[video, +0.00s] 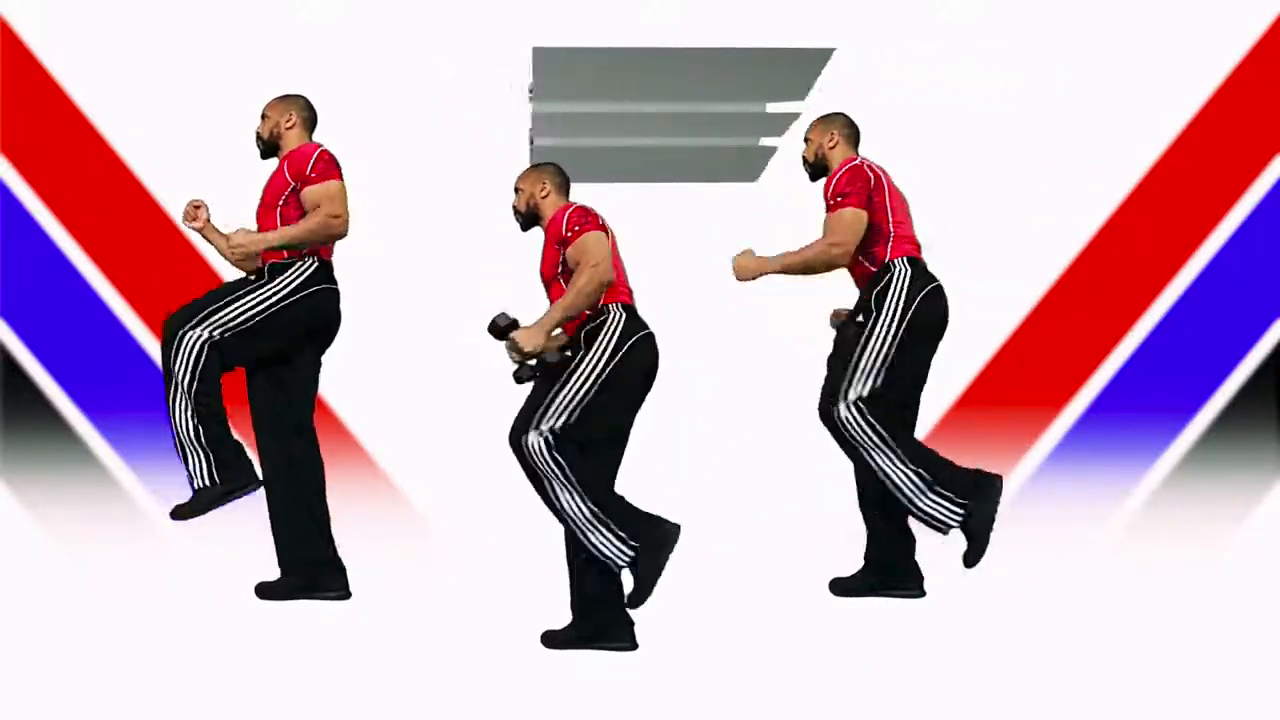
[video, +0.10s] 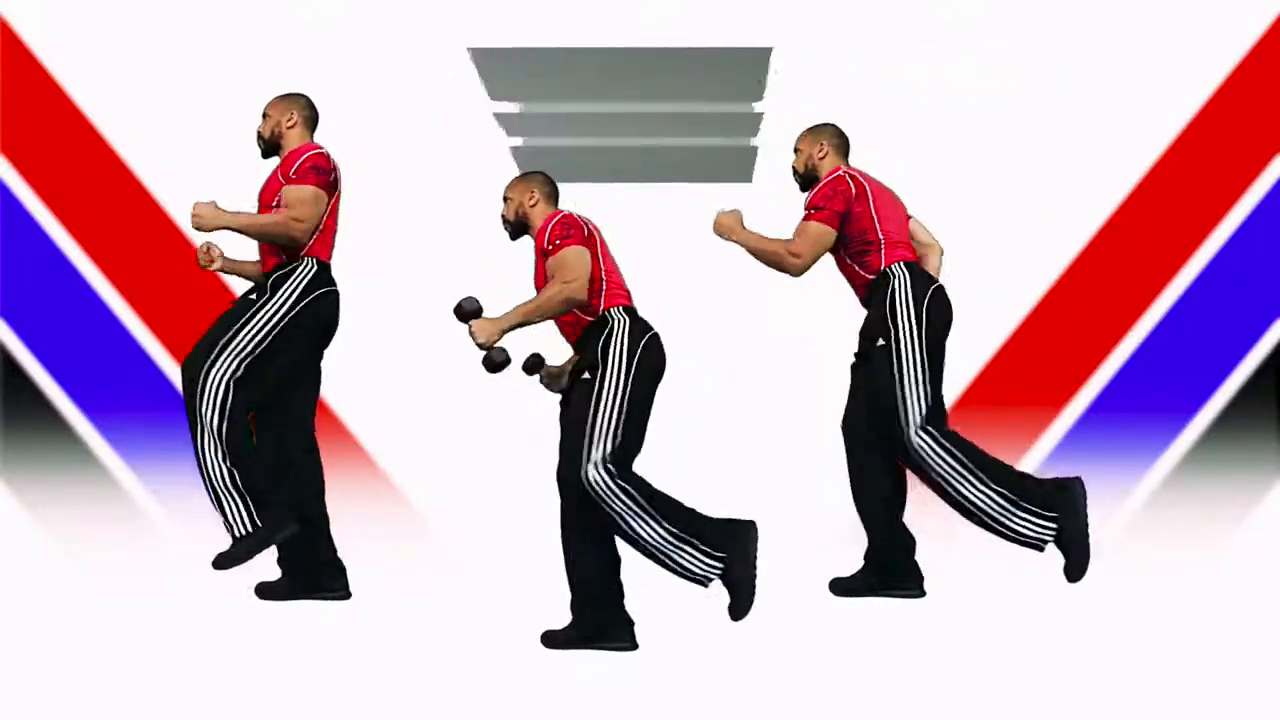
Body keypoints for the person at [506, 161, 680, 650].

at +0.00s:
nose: (513, 201)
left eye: (518, 190)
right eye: (514, 194)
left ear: (543, 187)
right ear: (548, 190)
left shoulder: (574, 216)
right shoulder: (557, 245)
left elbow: (598, 271)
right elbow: (576, 328)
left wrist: (544, 327)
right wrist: (541, 348)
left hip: (613, 333)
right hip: (606, 345)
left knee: (536, 436)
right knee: (586, 484)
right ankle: (600, 619)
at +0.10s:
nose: (503, 210)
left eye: (508, 200)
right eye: (503, 203)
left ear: (532, 197)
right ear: (536, 199)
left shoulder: (563, 225)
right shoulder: (547, 250)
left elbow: (572, 284)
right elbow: (593, 327)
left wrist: (503, 322)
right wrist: (569, 366)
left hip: (620, 341)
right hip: (597, 358)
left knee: (597, 471)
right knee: (575, 483)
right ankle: (600, 619)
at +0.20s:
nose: (493, 221)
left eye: (497, 210)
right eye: (493, 213)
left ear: (521, 205)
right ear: (527, 210)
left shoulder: (548, 232)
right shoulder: (551, 248)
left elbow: (546, 299)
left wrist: (474, 316)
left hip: (623, 345)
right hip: (601, 364)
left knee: (650, 481)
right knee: (579, 489)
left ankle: (792, 558)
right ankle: (600, 621)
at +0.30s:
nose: (488, 228)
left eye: (494, 218)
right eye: (487, 221)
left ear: (519, 215)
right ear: (519, 223)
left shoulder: (543, 243)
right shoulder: (539, 257)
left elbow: (525, 312)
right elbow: (522, 316)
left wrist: (456, 311)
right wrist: (463, 309)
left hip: (632, 350)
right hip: (607, 370)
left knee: (686, 477)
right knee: (581, 489)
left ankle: (827, 577)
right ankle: (601, 621)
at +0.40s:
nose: (484, 239)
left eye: (491, 228)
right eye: (484, 231)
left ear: (516, 225)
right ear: (523, 232)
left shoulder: (538, 252)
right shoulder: (562, 258)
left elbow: (514, 323)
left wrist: (451, 309)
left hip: (639, 357)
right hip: (616, 373)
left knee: (703, 479)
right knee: (582, 487)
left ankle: (841, 588)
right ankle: (602, 622)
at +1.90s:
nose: (498, 223)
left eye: (502, 212)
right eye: (498, 215)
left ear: (527, 210)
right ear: (531, 212)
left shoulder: (557, 238)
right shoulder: (542, 260)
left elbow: (569, 299)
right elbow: (602, 328)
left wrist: (505, 345)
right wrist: (584, 376)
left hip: (630, 353)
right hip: (604, 371)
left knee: (634, 487)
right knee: (577, 489)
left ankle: (778, 569)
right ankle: (601, 621)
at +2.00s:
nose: (511, 208)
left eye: (516, 198)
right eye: (511, 200)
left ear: (540, 196)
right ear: (542, 197)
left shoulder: (567, 222)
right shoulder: (559, 246)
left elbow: (599, 277)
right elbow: (583, 340)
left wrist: (549, 339)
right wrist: (549, 358)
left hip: (624, 341)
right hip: (607, 353)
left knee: (556, 455)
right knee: (588, 481)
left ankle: (663, 557)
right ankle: (600, 620)